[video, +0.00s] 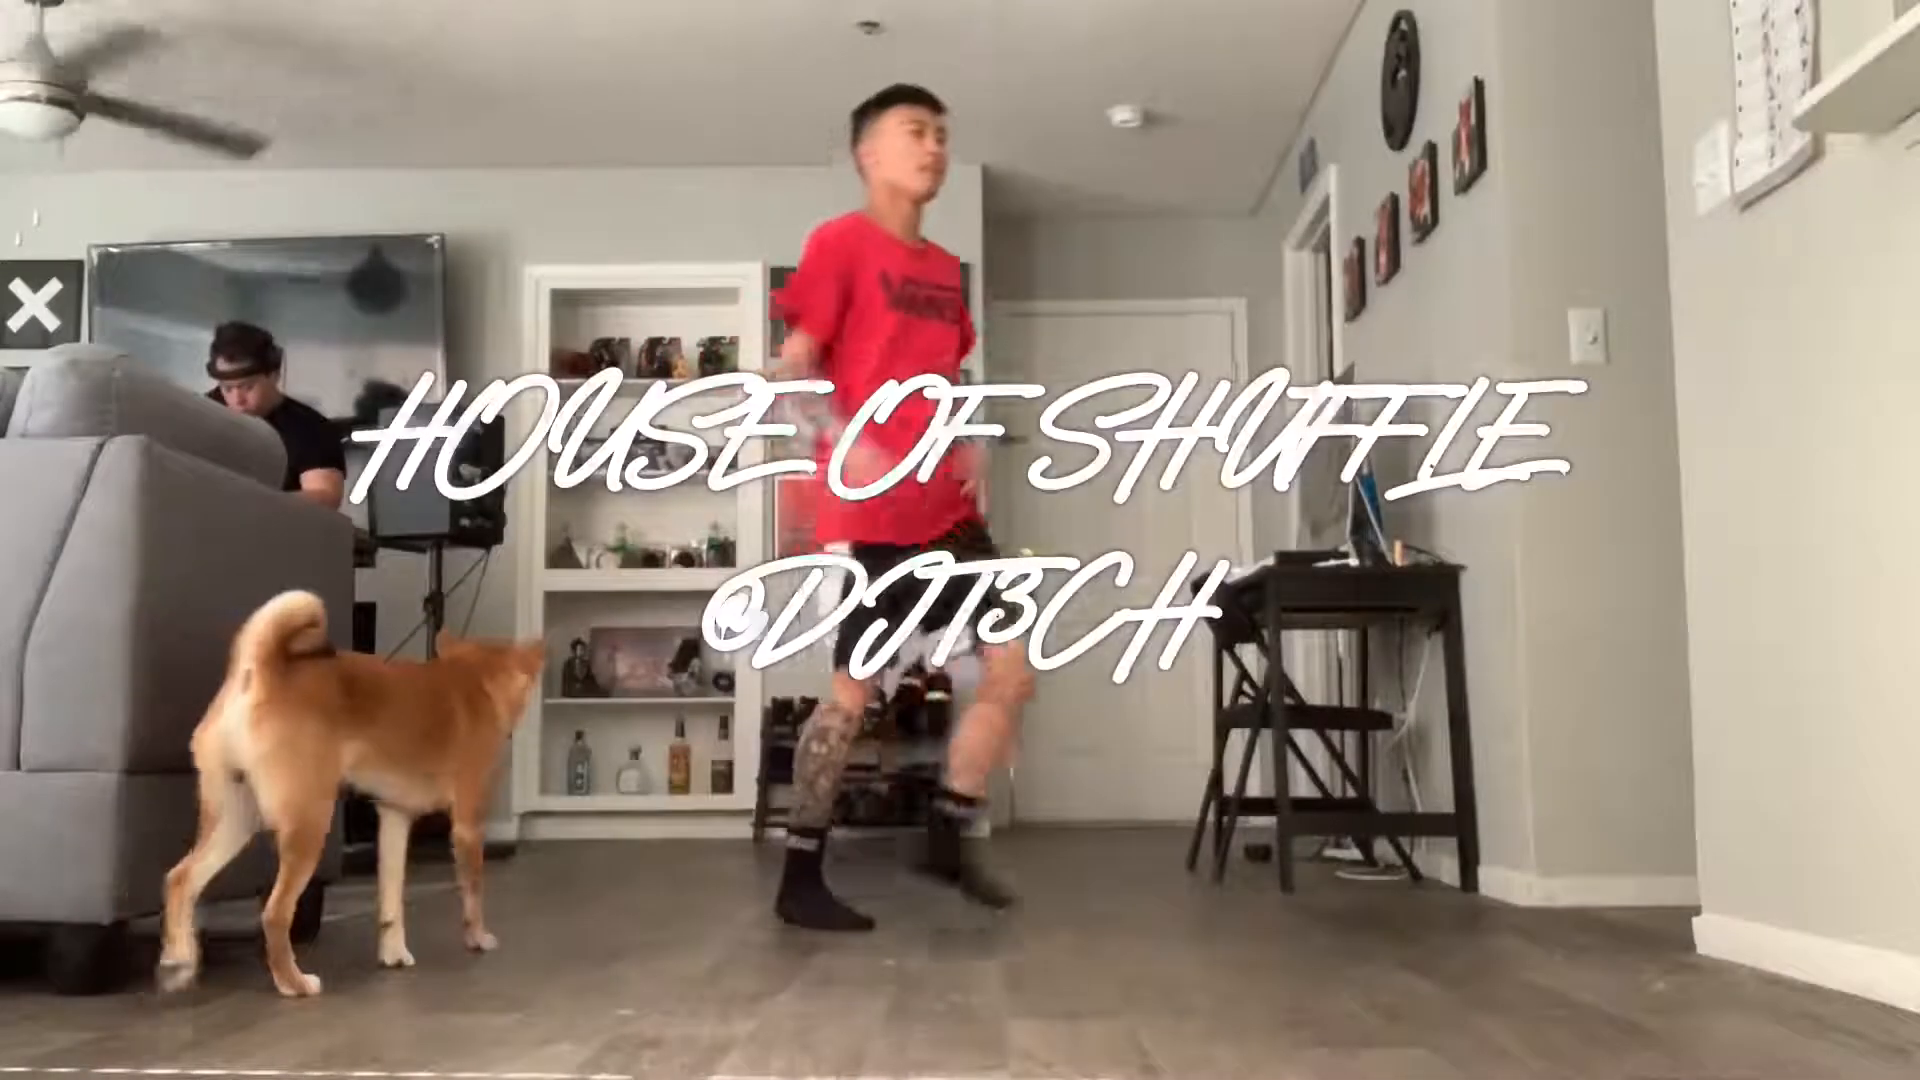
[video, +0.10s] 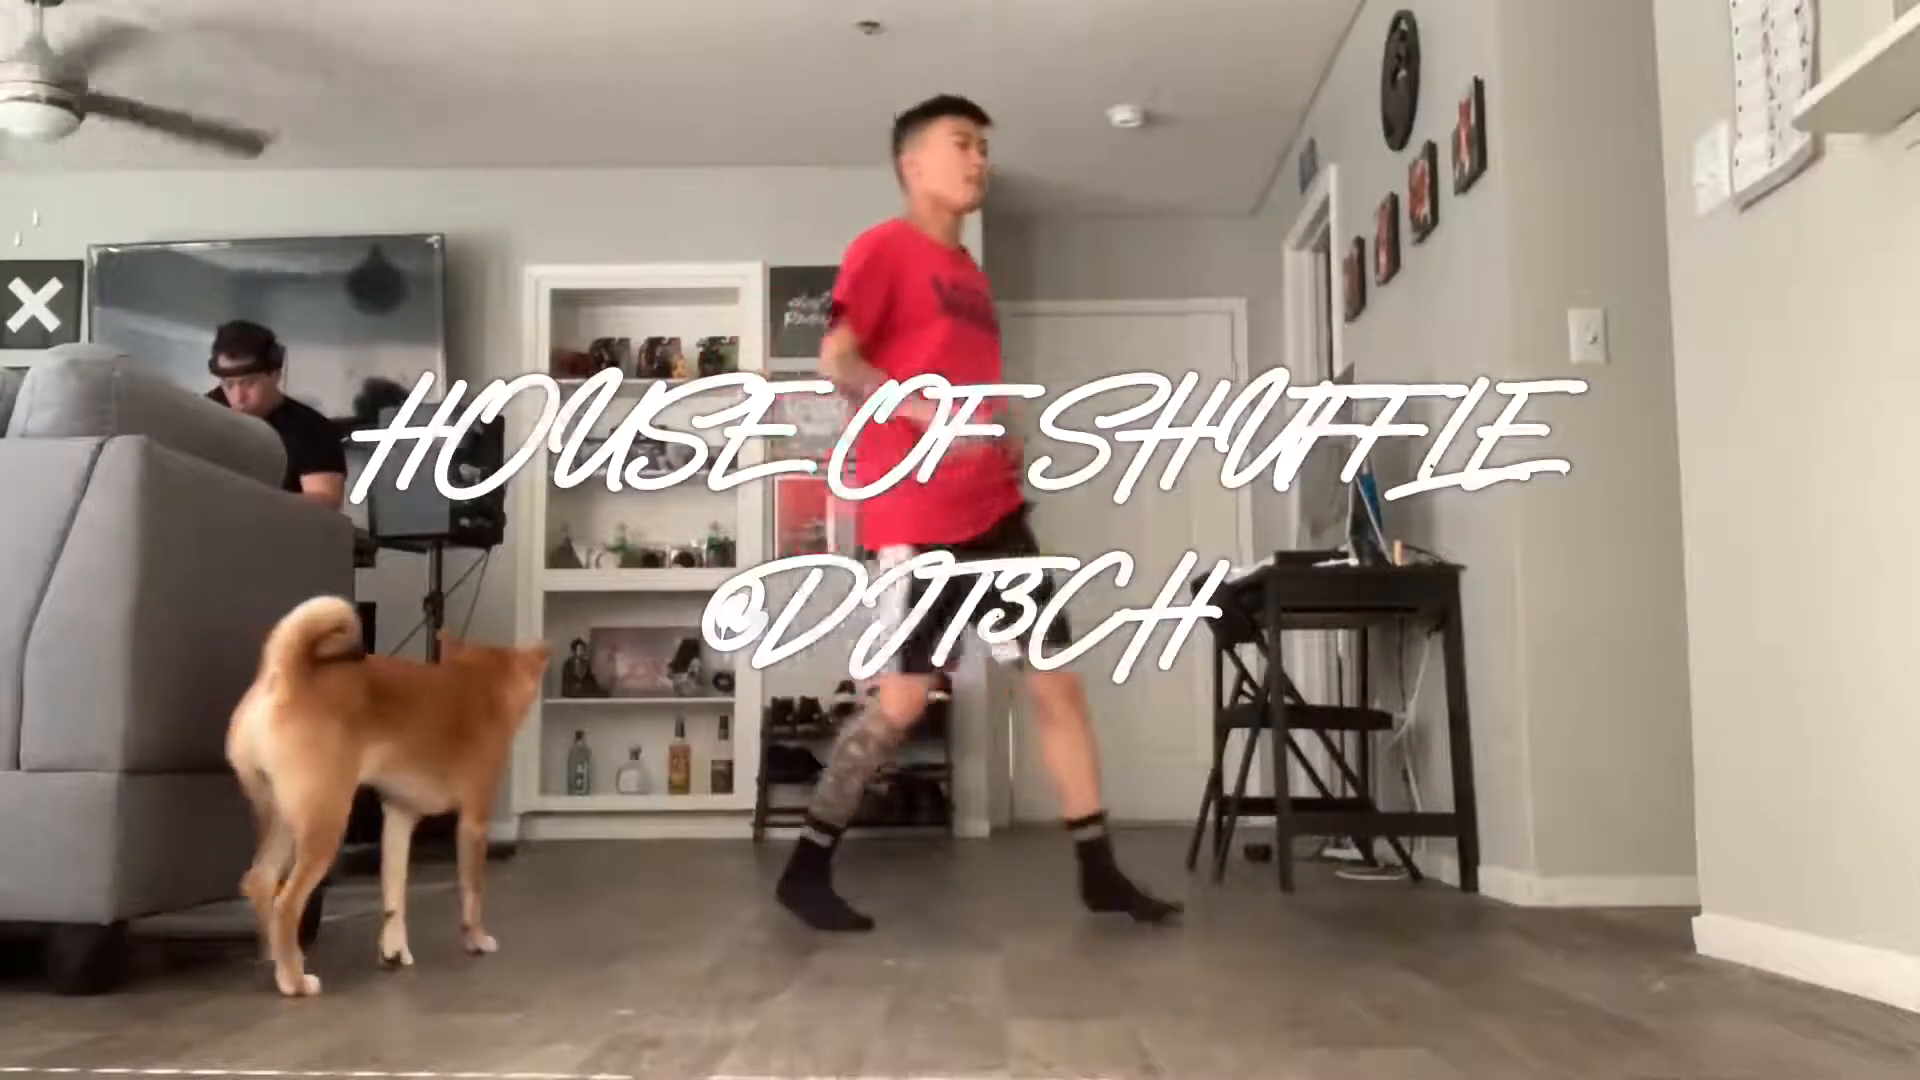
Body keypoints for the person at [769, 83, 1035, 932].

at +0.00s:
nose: (935, 147)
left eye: (940, 136)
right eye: (916, 132)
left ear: (941, 162)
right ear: (864, 154)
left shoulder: (946, 267)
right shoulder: (841, 240)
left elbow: (953, 385)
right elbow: (792, 369)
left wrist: (969, 460)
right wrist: (841, 442)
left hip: (948, 516)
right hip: (868, 518)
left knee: (1010, 666)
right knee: (854, 690)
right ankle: (801, 875)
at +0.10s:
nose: (981, 161)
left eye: (982, 150)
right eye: (962, 145)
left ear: (976, 170)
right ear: (908, 162)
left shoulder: (967, 270)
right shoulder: (882, 249)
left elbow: (963, 380)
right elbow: (836, 356)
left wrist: (1001, 441)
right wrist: (914, 418)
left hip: (994, 513)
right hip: (915, 520)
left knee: (1057, 680)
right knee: (906, 693)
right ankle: (807, 868)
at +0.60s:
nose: (939, 127)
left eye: (950, 115)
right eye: (921, 115)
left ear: (965, 137)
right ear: (885, 136)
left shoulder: (972, 252)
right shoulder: (848, 227)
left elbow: (988, 376)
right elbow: (796, 347)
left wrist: (995, 327)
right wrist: (868, 410)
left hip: (963, 496)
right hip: (882, 493)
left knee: (953, 677)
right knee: (887, 670)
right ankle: (814, 851)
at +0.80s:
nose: (897, 138)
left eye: (913, 126)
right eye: (881, 126)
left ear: (937, 148)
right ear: (854, 147)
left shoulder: (959, 275)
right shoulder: (809, 245)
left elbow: (973, 389)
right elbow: (772, 371)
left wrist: (961, 417)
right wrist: (833, 426)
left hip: (913, 505)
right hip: (827, 500)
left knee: (886, 693)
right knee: (839, 676)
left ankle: (836, 862)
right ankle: (822, 836)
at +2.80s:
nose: (1182, 65)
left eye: (1183, 52)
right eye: (1163, 50)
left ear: (1160, 81)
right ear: (1103, 74)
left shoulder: (1141, 185)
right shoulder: (1088, 157)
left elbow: (1105, 317)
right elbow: (1021, 259)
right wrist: (1153, 261)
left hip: (1166, 440)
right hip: (1100, 460)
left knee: (1293, 519)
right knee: (1160, 678)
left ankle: (1201, 649)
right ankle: (1129, 893)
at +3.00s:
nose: (1143, 66)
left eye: (1150, 53)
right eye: (1122, 50)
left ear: (1153, 82)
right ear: (1067, 71)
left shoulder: (1126, 198)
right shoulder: (1042, 162)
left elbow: (1105, 317)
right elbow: (987, 287)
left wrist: (1169, 362)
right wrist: (1111, 323)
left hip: (1159, 465)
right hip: (1078, 466)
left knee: (1224, 657)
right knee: (1077, 685)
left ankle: (1185, 893)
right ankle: (1005, 866)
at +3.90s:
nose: (778, 64)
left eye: (791, 43)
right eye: (780, 46)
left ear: (846, 50)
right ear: (835, 54)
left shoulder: (921, 170)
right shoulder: (779, 186)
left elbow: (964, 318)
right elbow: (763, 310)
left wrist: (864, 344)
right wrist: (753, 328)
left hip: (851, 447)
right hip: (772, 448)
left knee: (752, 651)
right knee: (816, 679)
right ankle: (871, 880)